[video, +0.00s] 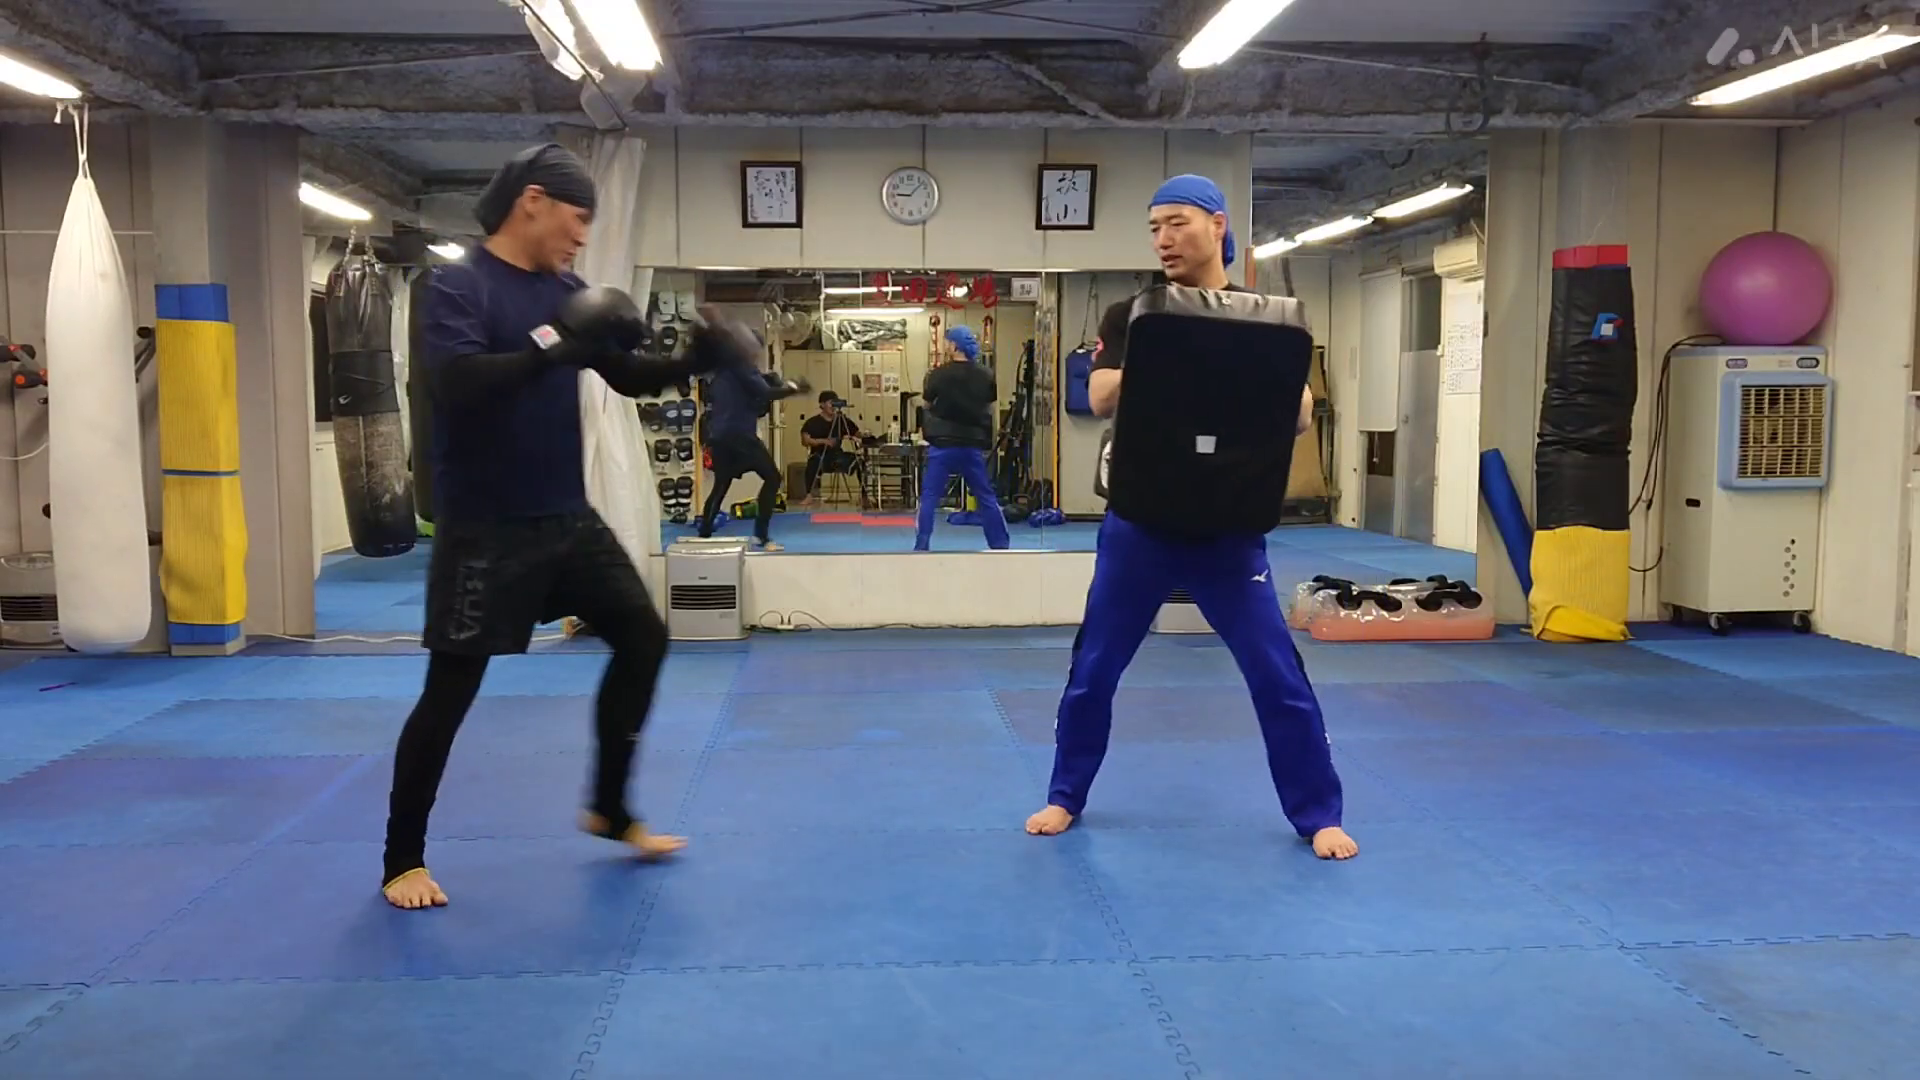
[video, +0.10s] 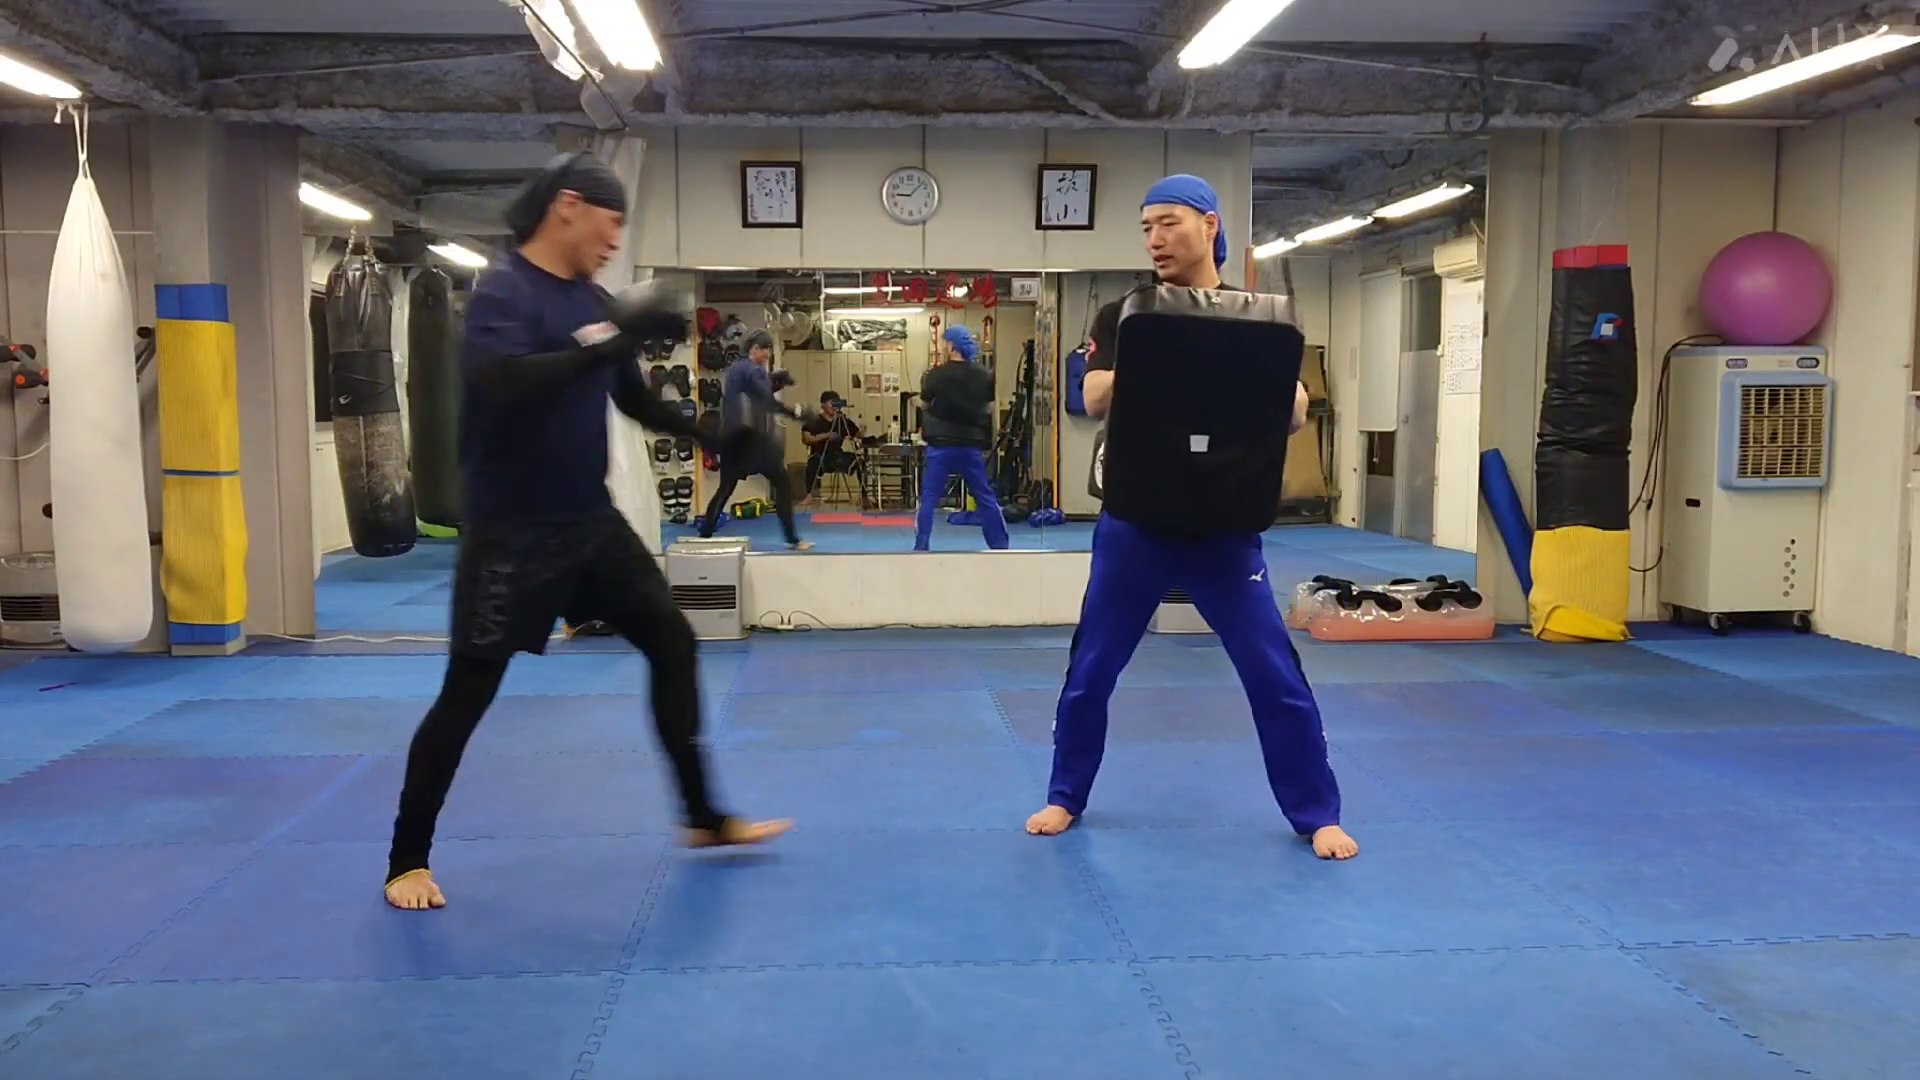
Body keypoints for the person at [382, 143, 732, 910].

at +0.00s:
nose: (583, 238)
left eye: (588, 223)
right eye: (577, 220)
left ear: (541, 209)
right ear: (531, 202)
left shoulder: (562, 296)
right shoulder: (453, 284)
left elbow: (624, 375)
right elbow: (452, 380)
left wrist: (693, 360)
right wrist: (550, 350)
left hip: (565, 522)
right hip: (482, 533)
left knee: (643, 639)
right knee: (448, 695)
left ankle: (608, 809)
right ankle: (403, 863)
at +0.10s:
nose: (617, 239)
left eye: (621, 225)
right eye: (610, 220)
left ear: (577, 214)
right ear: (566, 208)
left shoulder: (593, 302)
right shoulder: (501, 293)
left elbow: (633, 394)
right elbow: (499, 383)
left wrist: (706, 433)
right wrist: (615, 339)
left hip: (589, 524)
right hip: (508, 537)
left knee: (673, 641)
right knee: (465, 697)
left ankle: (702, 818)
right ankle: (407, 864)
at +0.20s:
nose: (662, 239)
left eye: (662, 225)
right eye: (653, 221)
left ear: (616, 222)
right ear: (610, 217)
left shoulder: (614, 308)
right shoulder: (569, 298)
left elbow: (605, 449)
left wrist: (668, 514)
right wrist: (706, 310)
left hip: (630, 538)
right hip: (561, 539)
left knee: (717, 648)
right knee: (499, 694)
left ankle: (772, 827)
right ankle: (414, 856)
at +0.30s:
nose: (696, 238)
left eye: (696, 227)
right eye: (688, 226)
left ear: (641, 231)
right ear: (649, 225)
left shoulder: (603, 314)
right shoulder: (667, 284)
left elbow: (559, 422)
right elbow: (771, 322)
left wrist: (583, 499)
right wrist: (768, 279)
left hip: (680, 518)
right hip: (658, 515)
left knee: (769, 659)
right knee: (620, 686)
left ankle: (779, 838)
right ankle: (463, 808)